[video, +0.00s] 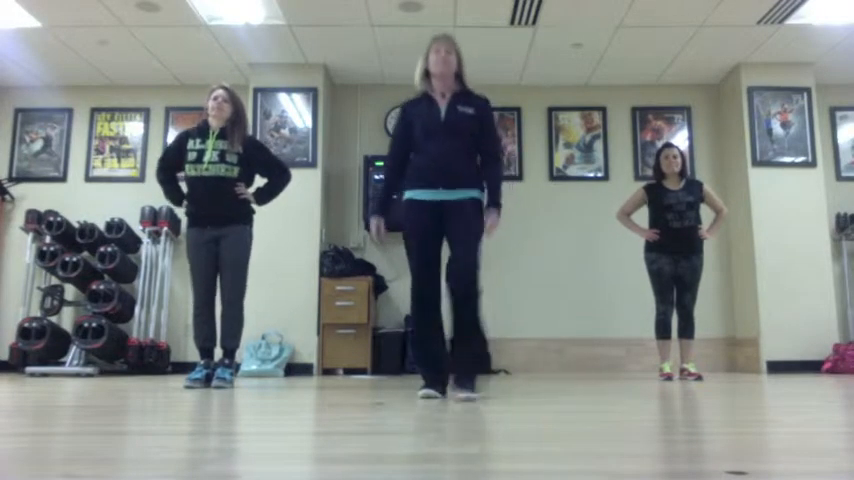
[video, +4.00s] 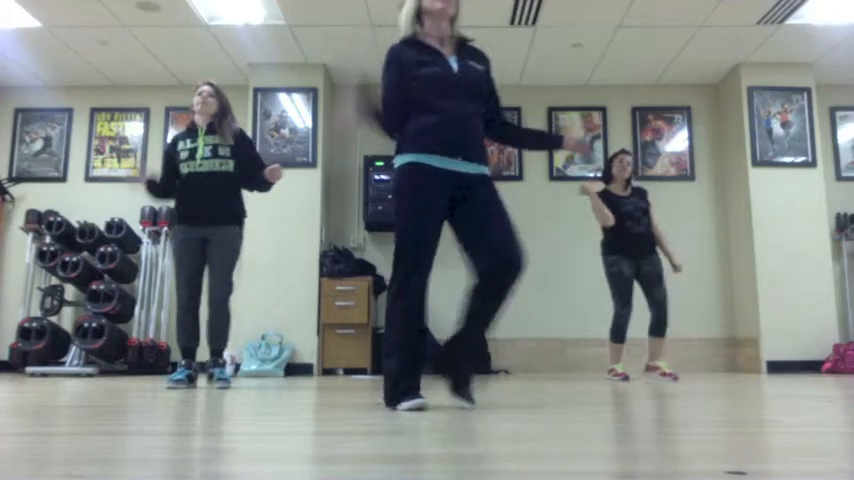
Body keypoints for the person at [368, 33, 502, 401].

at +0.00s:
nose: (443, 58)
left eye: (449, 53)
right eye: (437, 53)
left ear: (458, 61)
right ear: (426, 62)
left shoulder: (477, 105)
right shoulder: (412, 108)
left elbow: (491, 156)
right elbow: (395, 160)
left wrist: (493, 202)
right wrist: (379, 208)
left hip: (465, 204)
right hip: (419, 204)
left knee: (463, 285)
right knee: (424, 290)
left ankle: (464, 375)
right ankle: (432, 378)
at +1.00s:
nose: (433, 6)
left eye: (441, 3)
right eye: (427, 3)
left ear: (453, 15)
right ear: (419, 16)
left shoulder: (478, 64)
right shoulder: (404, 63)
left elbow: (494, 127)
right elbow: (370, 117)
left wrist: (487, 185)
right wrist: (322, 81)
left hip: (464, 182)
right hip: (413, 180)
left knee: (455, 288)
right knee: (413, 286)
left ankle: (444, 386)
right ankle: (414, 387)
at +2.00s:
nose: (429, 2)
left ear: (449, 8)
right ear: (412, 9)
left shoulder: (472, 61)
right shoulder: (395, 58)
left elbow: (489, 123)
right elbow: (364, 115)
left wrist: (488, 177)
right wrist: (336, 77)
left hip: (459, 180)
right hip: (405, 180)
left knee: (478, 278)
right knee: (407, 284)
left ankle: (489, 376)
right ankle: (413, 387)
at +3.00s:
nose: (558, 4)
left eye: (566, 1)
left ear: (575, 16)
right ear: (537, 9)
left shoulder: (562, 79)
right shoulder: (527, 51)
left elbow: (577, 151)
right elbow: (517, 109)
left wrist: (644, 157)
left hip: (524, 181)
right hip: (495, 174)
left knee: (558, 275)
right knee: (538, 271)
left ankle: (560, 388)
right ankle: (471, 354)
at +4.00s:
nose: (445, 2)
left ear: (456, 7)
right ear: (421, 6)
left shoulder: (476, 59)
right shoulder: (403, 54)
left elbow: (495, 128)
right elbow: (393, 122)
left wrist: (558, 141)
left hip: (471, 178)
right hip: (421, 173)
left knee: (504, 262)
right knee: (411, 277)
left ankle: (459, 357)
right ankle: (402, 388)